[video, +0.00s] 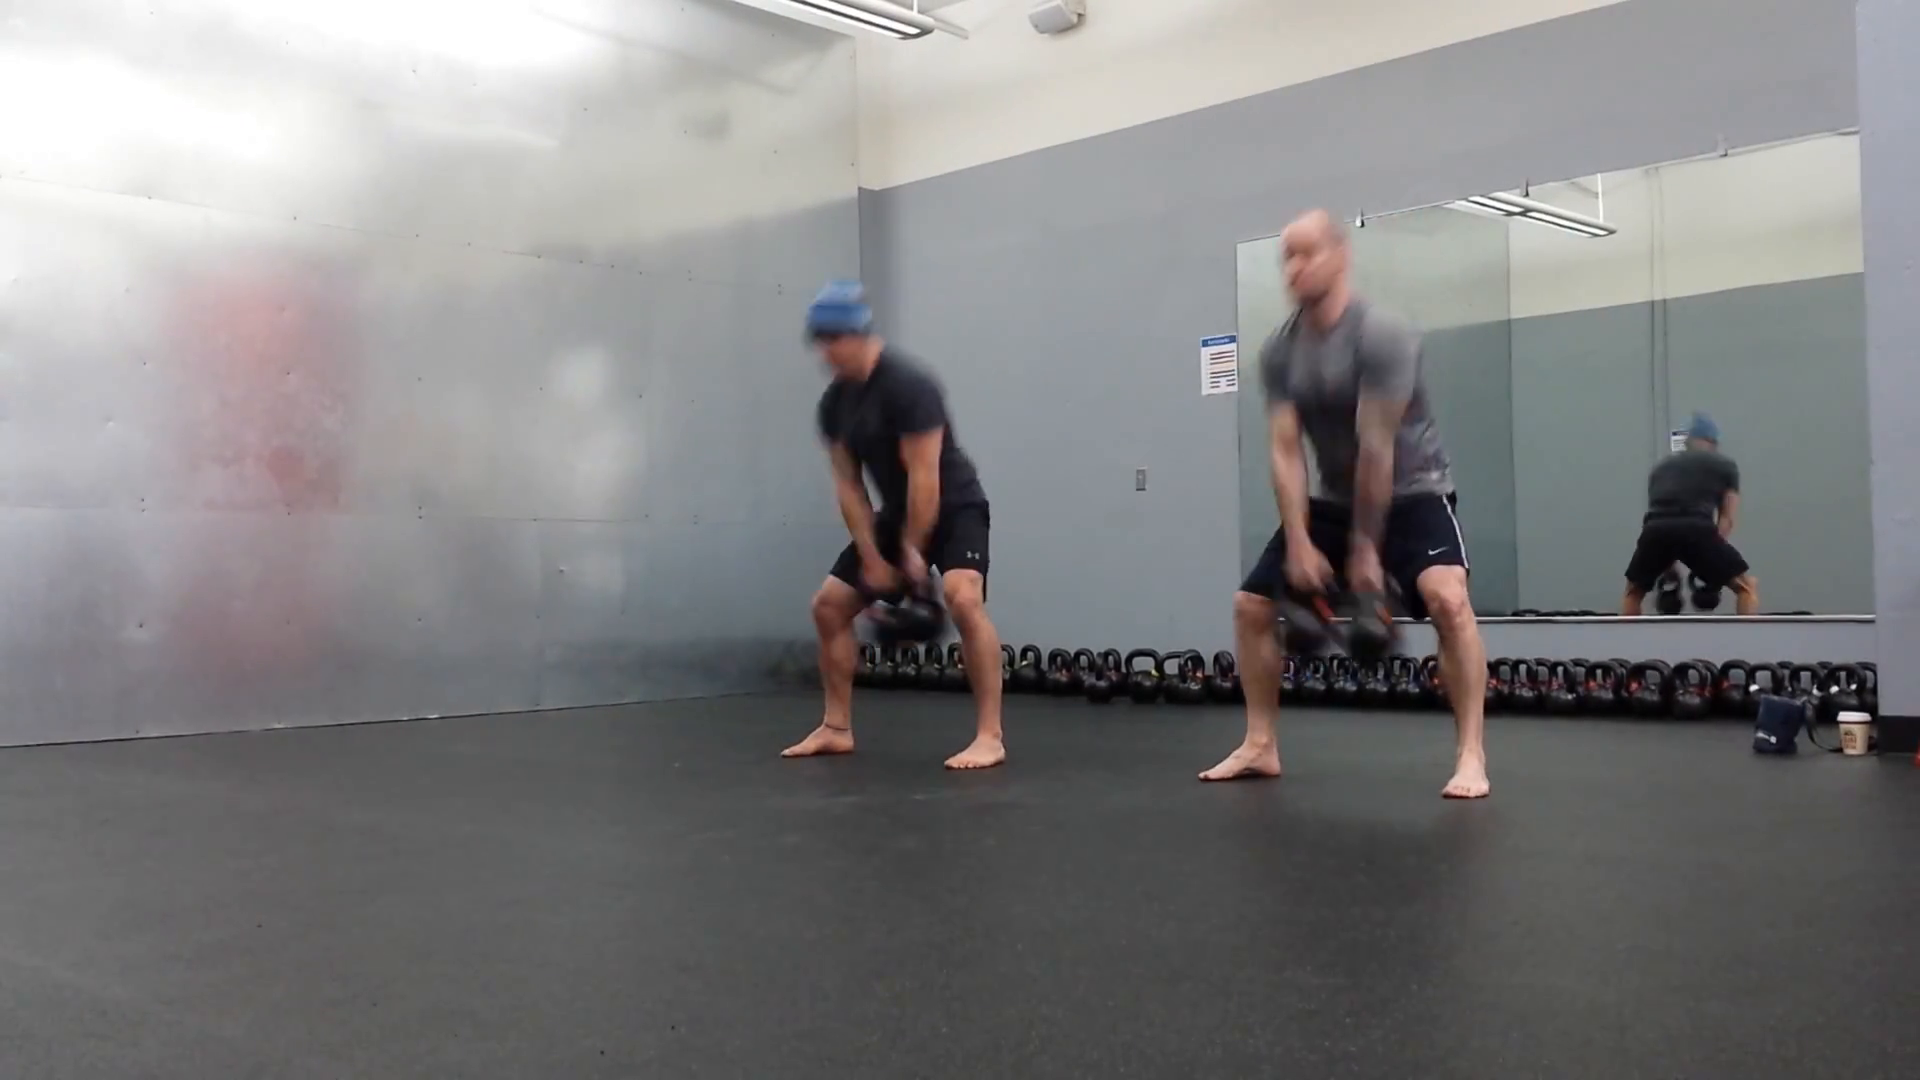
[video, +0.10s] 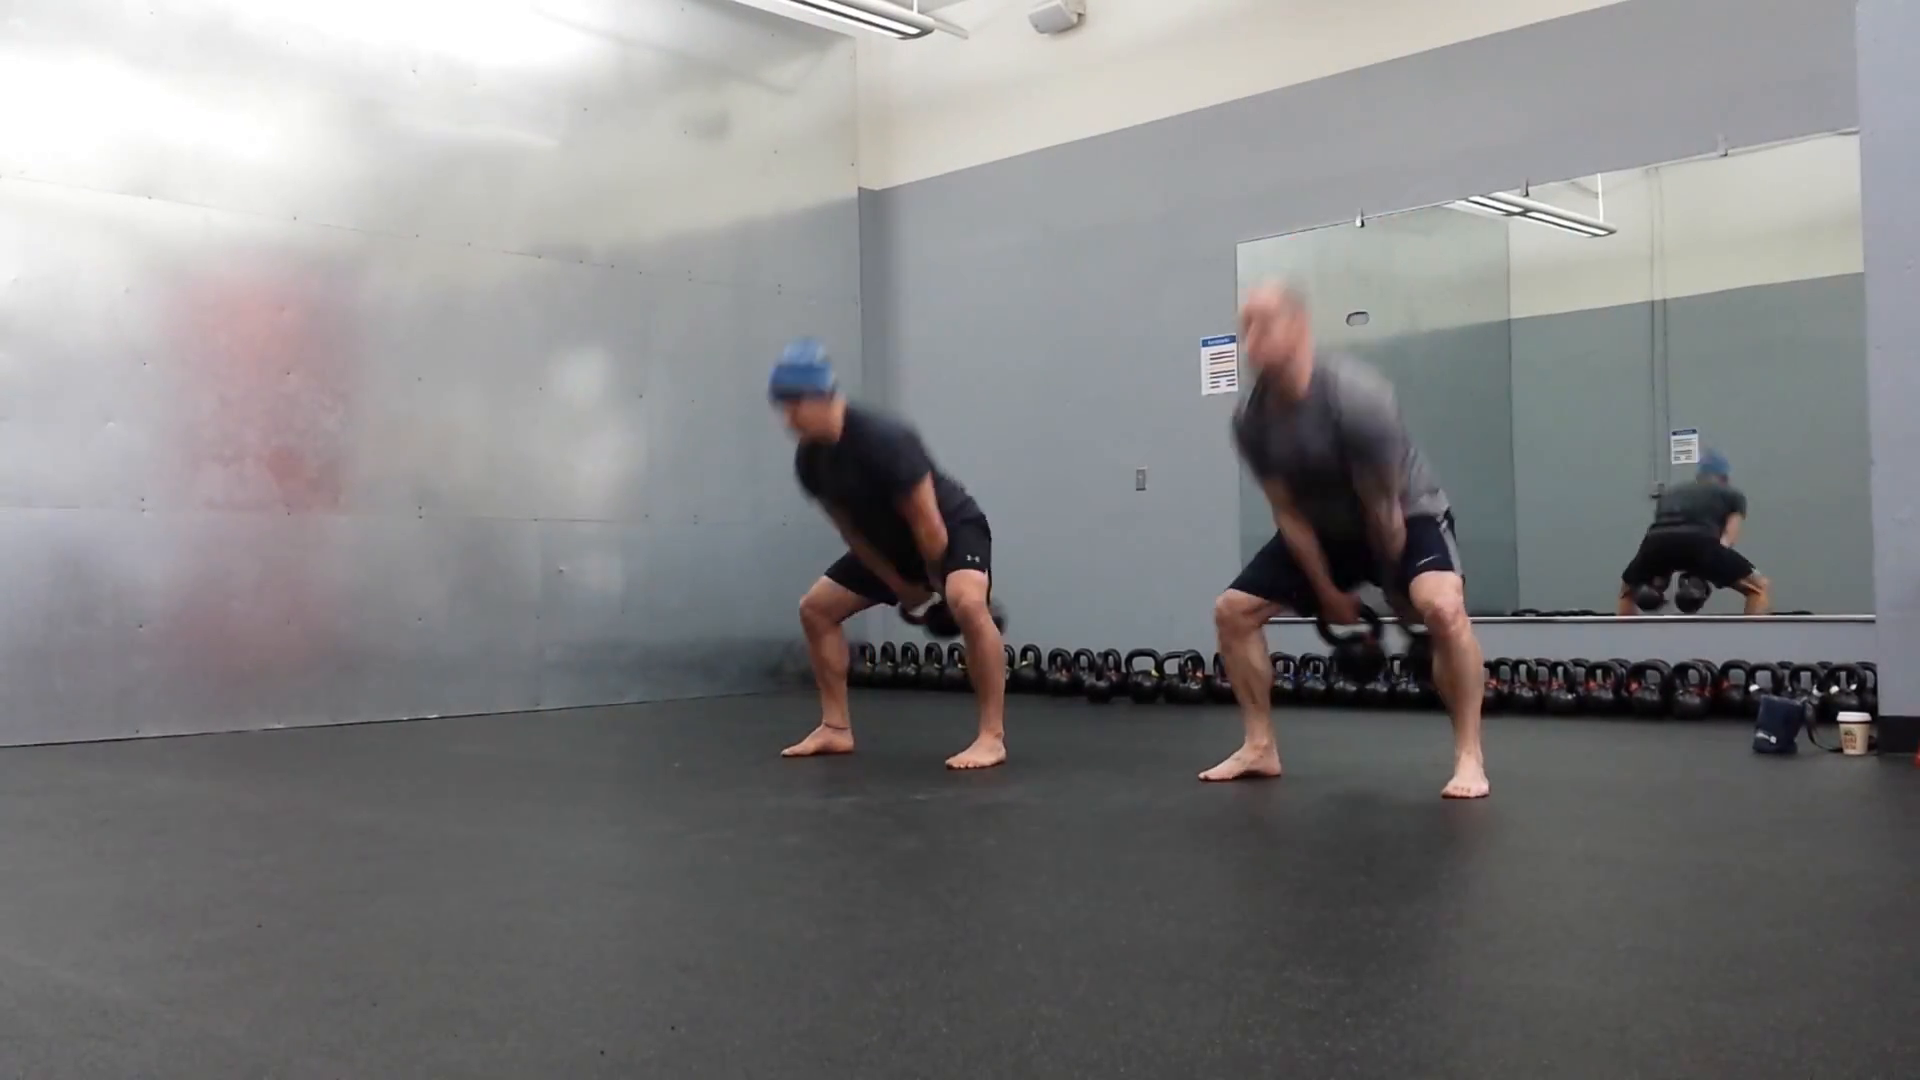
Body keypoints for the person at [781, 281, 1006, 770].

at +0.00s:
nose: (827, 351)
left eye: (833, 339)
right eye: (821, 341)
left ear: (860, 333)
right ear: (822, 342)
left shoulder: (912, 385)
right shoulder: (835, 402)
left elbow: (924, 477)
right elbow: (848, 485)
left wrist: (913, 547)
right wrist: (871, 555)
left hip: (956, 507)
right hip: (899, 511)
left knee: (962, 598)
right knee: (829, 608)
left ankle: (990, 736)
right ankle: (836, 727)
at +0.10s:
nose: (790, 415)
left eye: (797, 401)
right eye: (784, 404)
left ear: (825, 394)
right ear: (783, 407)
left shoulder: (885, 439)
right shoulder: (810, 460)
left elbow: (932, 531)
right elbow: (853, 534)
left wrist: (938, 586)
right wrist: (902, 587)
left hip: (954, 530)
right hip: (893, 540)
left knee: (966, 602)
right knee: (817, 608)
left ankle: (991, 737)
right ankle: (835, 728)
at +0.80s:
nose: (878, 284)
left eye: (888, 275)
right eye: (875, 276)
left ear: (919, 279)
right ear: (875, 283)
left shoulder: (948, 335)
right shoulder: (868, 336)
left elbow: (927, 299)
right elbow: (803, 320)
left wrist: (876, 248)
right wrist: (790, 276)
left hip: (915, 490)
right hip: (858, 493)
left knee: (943, 604)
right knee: (850, 614)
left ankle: (987, 736)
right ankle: (839, 728)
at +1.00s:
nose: (844, 278)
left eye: (854, 269)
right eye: (842, 270)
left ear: (885, 275)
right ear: (841, 280)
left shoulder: (911, 318)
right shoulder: (840, 324)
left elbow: (910, 232)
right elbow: (812, 251)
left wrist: (901, 157)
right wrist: (821, 180)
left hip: (899, 486)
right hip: (843, 490)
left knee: (939, 609)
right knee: (848, 619)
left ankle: (986, 737)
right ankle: (840, 729)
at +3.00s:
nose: (850, 331)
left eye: (858, 319)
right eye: (845, 321)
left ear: (889, 316)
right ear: (846, 324)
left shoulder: (931, 364)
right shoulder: (857, 383)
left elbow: (934, 451)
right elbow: (846, 457)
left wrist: (888, 508)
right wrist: (826, 519)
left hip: (960, 501)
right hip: (908, 511)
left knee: (961, 597)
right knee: (841, 606)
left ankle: (989, 736)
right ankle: (837, 727)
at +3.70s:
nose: (897, 292)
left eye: (907, 281)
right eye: (894, 283)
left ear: (937, 287)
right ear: (896, 290)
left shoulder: (965, 341)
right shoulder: (893, 352)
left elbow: (921, 400)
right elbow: (852, 405)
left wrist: (863, 434)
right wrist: (819, 441)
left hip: (934, 492)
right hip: (881, 491)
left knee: (953, 603)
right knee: (863, 609)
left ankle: (986, 735)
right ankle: (840, 726)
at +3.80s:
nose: (908, 297)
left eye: (917, 287)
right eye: (904, 289)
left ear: (945, 292)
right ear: (905, 298)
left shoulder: (974, 346)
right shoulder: (901, 355)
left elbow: (924, 375)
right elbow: (863, 387)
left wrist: (854, 374)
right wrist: (819, 390)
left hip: (931, 492)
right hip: (877, 493)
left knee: (952, 603)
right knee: (859, 612)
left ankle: (987, 735)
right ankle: (838, 726)